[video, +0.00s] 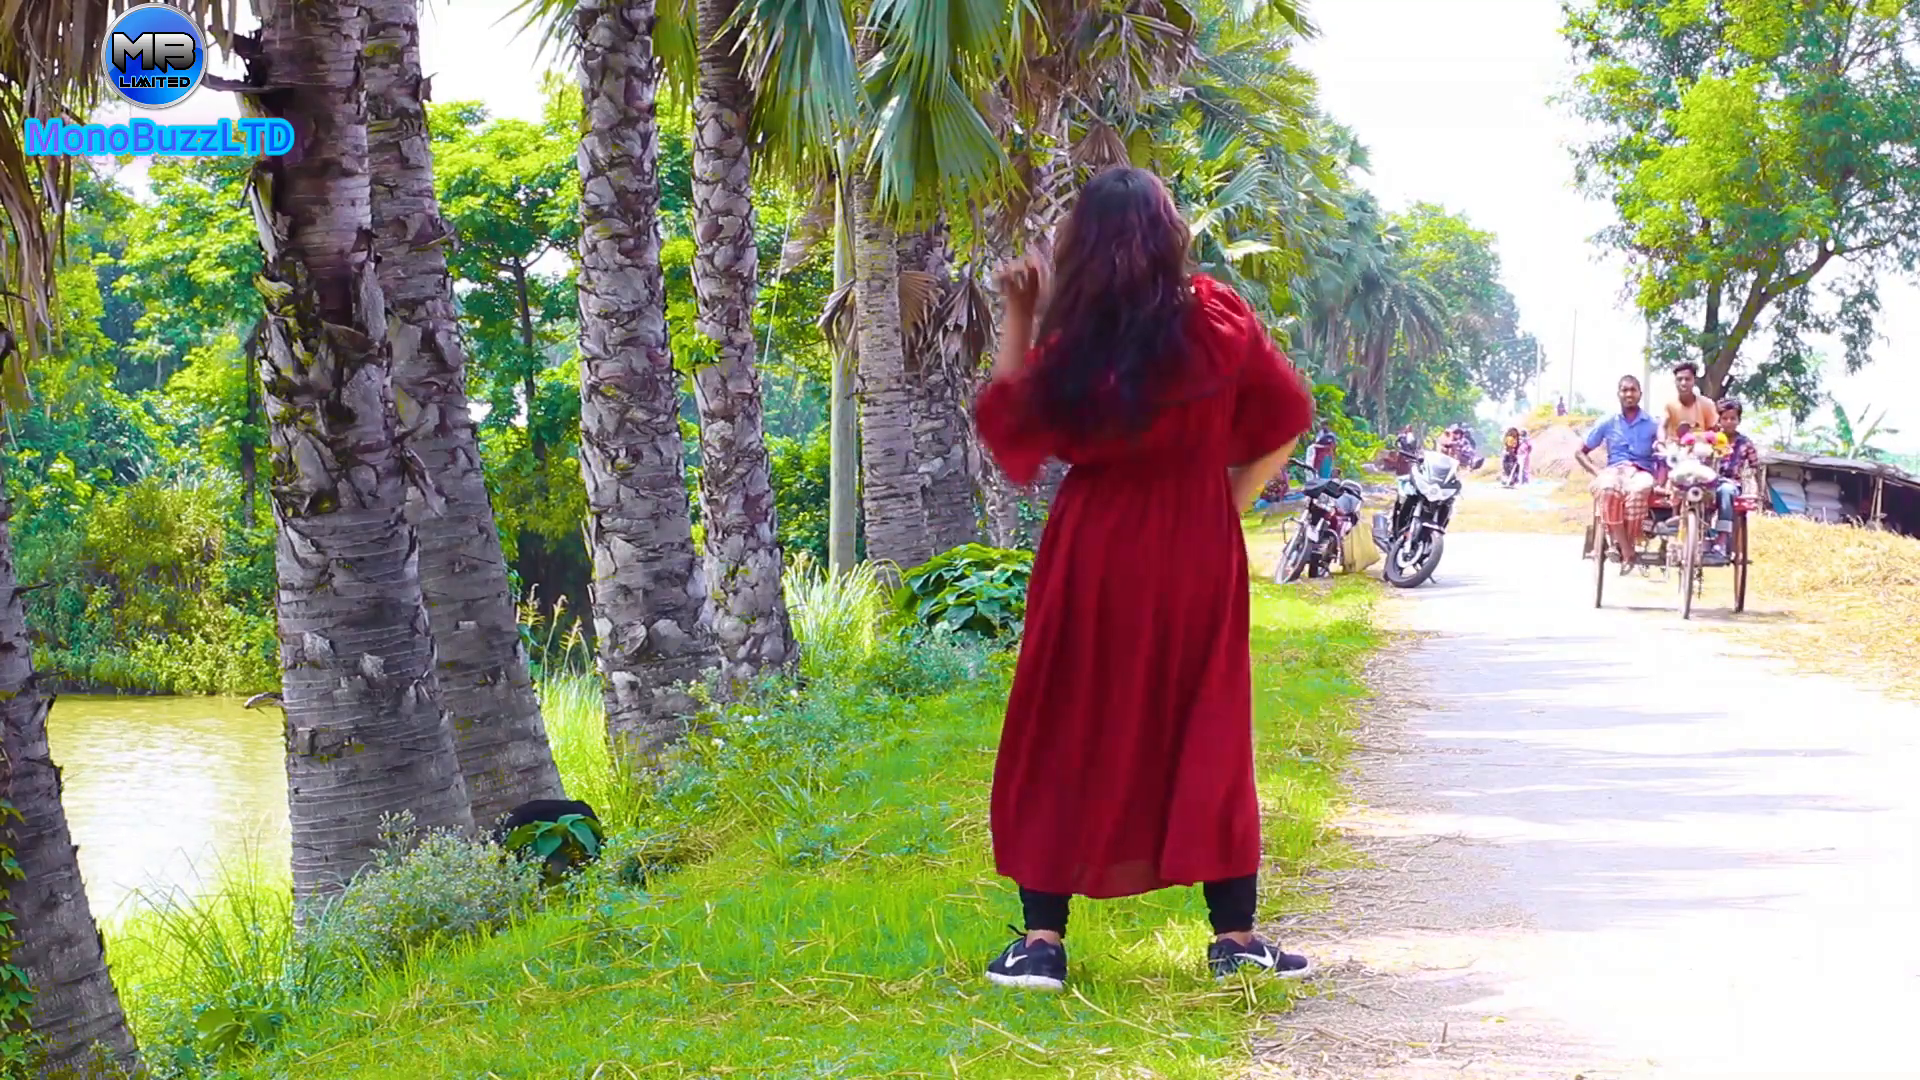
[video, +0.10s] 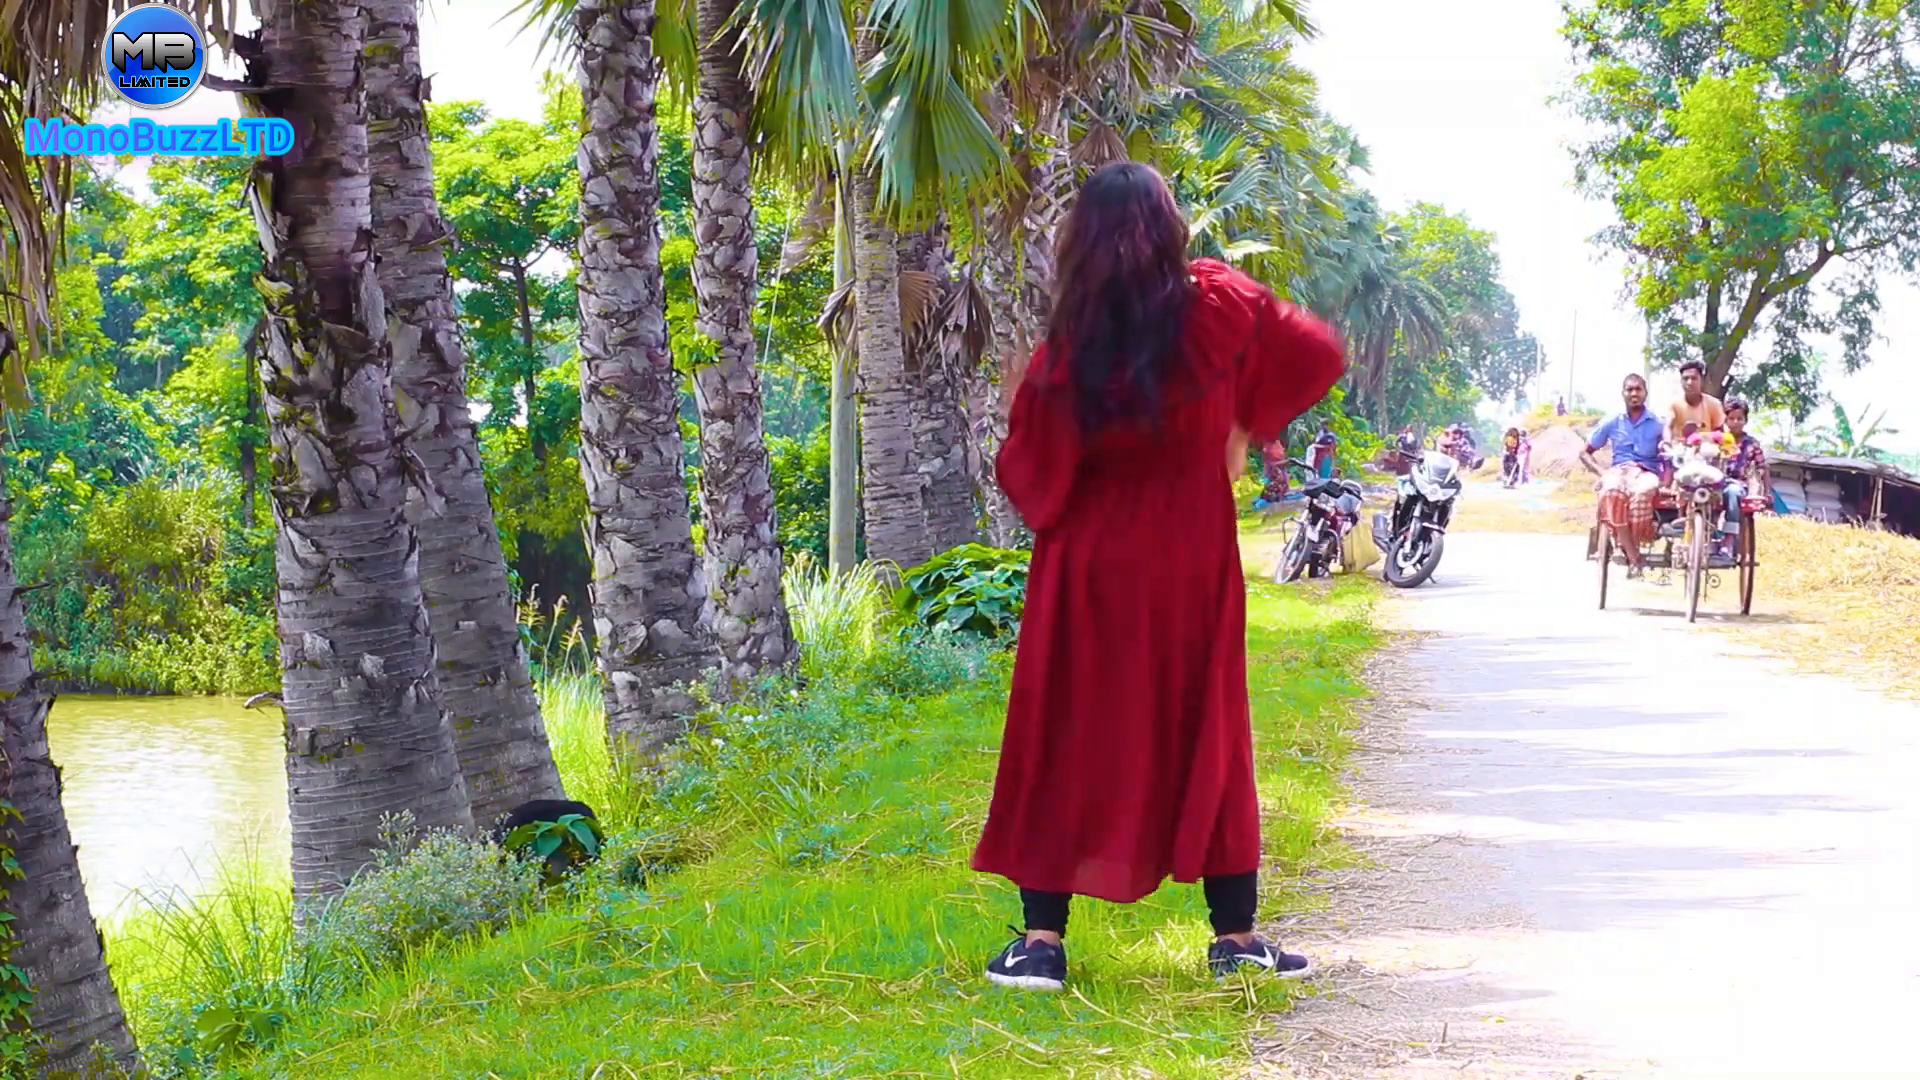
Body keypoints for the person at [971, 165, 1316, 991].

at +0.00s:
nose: (1053, 236)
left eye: (1064, 223)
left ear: (1085, 245)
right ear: (1170, 240)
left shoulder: (1074, 334)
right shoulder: (1214, 315)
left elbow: (1008, 431)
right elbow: (1289, 409)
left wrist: (1015, 322)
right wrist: (1236, 491)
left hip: (1095, 538)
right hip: (1197, 533)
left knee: (1063, 727)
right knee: (1215, 726)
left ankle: (1042, 940)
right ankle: (1235, 935)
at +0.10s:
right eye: (1176, 223)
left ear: (1078, 245)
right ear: (1171, 234)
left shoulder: (1064, 349)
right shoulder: (1217, 299)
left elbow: (1029, 479)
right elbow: (1320, 351)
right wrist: (1253, 415)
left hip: (1090, 559)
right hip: (1195, 555)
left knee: (1066, 733)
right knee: (1215, 732)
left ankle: (1041, 943)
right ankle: (1235, 937)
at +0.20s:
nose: (1183, 231)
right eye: (1180, 217)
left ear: (1083, 234)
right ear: (1176, 230)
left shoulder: (1057, 342)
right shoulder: (1218, 299)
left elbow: (1019, 475)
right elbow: (1344, 318)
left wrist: (999, 555)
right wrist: (1256, 365)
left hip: (1079, 551)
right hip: (1188, 550)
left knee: (1056, 732)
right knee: (1209, 734)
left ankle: (1041, 944)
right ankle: (1235, 939)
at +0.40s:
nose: (1182, 242)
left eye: (1178, 229)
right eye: (1175, 231)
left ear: (1082, 233)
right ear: (1163, 243)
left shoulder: (1030, 314)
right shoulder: (1182, 334)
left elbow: (947, 402)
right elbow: (1268, 397)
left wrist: (979, 503)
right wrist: (1267, 293)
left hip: (1051, 529)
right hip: (1151, 531)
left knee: (1047, 720)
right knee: (1191, 721)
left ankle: (1038, 939)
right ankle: (1233, 935)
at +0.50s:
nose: (1175, 238)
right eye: (1170, 226)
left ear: (1071, 228)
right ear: (1162, 239)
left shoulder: (1018, 302)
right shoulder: (1178, 334)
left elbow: (940, 392)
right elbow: (1193, 418)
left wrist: (957, 473)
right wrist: (1203, 319)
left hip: (1035, 513)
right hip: (1137, 521)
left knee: (1029, 719)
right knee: (1171, 717)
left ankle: (1035, 941)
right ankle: (1224, 935)